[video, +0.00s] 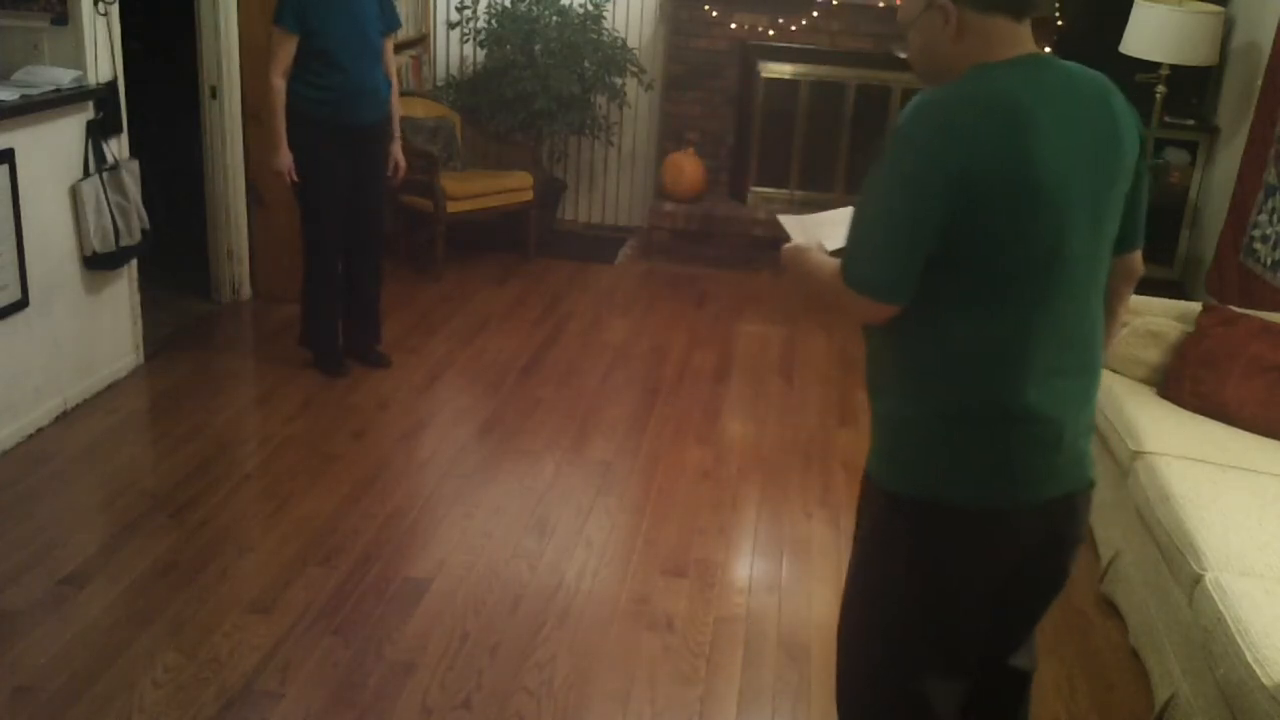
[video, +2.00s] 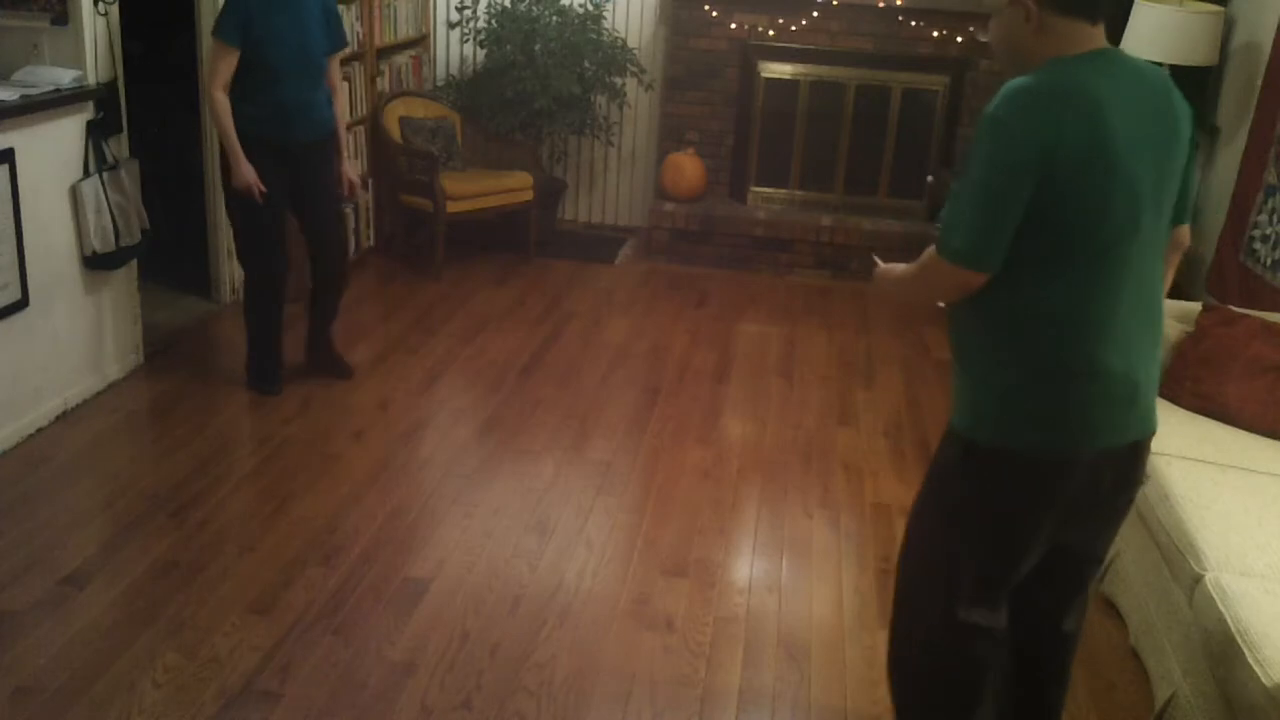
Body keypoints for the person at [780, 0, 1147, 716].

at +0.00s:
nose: (904, 47)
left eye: (905, 24)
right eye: (900, 26)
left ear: (947, 16)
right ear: (1019, 15)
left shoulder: (938, 120)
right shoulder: (1111, 109)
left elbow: (872, 300)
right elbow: (1122, 272)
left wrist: (813, 267)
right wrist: (1072, 371)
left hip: (935, 492)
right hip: (1055, 490)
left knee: (887, 693)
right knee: (997, 678)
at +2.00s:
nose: (984, 29)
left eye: (993, 13)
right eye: (987, 15)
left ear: (1030, 11)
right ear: (1092, 15)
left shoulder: (1028, 105)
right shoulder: (1167, 99)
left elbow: (963, 263)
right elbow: (1174, 239)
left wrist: (898, 282)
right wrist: (1125, 318)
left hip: (1015, 432)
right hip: (1121, 433)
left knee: (941, 625)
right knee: (1045, 627)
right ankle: (1028, 716)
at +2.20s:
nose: (956, 32)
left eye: (964, 14)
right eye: (957, 17)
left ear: (1005, 10)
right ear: (1052, 14)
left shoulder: (1005, 105)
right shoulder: (1138, 94)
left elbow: (941, 266)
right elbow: (1153, 236)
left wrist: (870, 277)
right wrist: (1107, 321)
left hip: (1005, 441)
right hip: (1103, 436)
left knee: (937, 649)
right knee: (1039, 644)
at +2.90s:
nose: (796, 30)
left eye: (801, 14)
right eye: (796, 16)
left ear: (832, 11)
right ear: (901, 15)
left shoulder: (823, 111)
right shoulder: (991, 99)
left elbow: (758, 285)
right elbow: (1022, 260)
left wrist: (718, 324)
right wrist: (1012, 377)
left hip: (858, 431)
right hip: (958, 422)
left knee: (887, 634)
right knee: (844, 611)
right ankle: (778, 711)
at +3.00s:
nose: (769, 27)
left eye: (774, 11)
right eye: (769, 14)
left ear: (804, 9)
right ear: (872, 10)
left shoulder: (798, 106)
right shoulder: (957, 94)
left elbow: (750, 282)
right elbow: (988, 251)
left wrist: (691, 367)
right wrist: (977, 363)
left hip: (828, 426)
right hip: (927, 418)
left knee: (851, 623)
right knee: (822, 609)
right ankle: (766, 712)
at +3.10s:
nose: (735, 25)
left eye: (739, 11)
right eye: (734, 13)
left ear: (776, 6)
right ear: (839, 4)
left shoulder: (776, 95)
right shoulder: (923, 80)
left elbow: (734, 269)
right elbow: (955, 228)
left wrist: (678, 377)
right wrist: (940, 341)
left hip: (801, 425)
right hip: (895, 415)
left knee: (771, 579)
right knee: (818, 588)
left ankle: (840, 705)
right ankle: (776, 704)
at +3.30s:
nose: (693, 17)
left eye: (700, 6)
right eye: (693, 9)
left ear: (734, 3)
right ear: (795, 1)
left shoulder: (730, 80)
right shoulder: (863, 69)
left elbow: (688, 248)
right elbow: (884, 213)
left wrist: (630, 376)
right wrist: (834, 312)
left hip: (723, 392)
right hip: (831, 391)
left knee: (672, 550)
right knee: (794, 572)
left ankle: (673, 701)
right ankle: (781, 704)